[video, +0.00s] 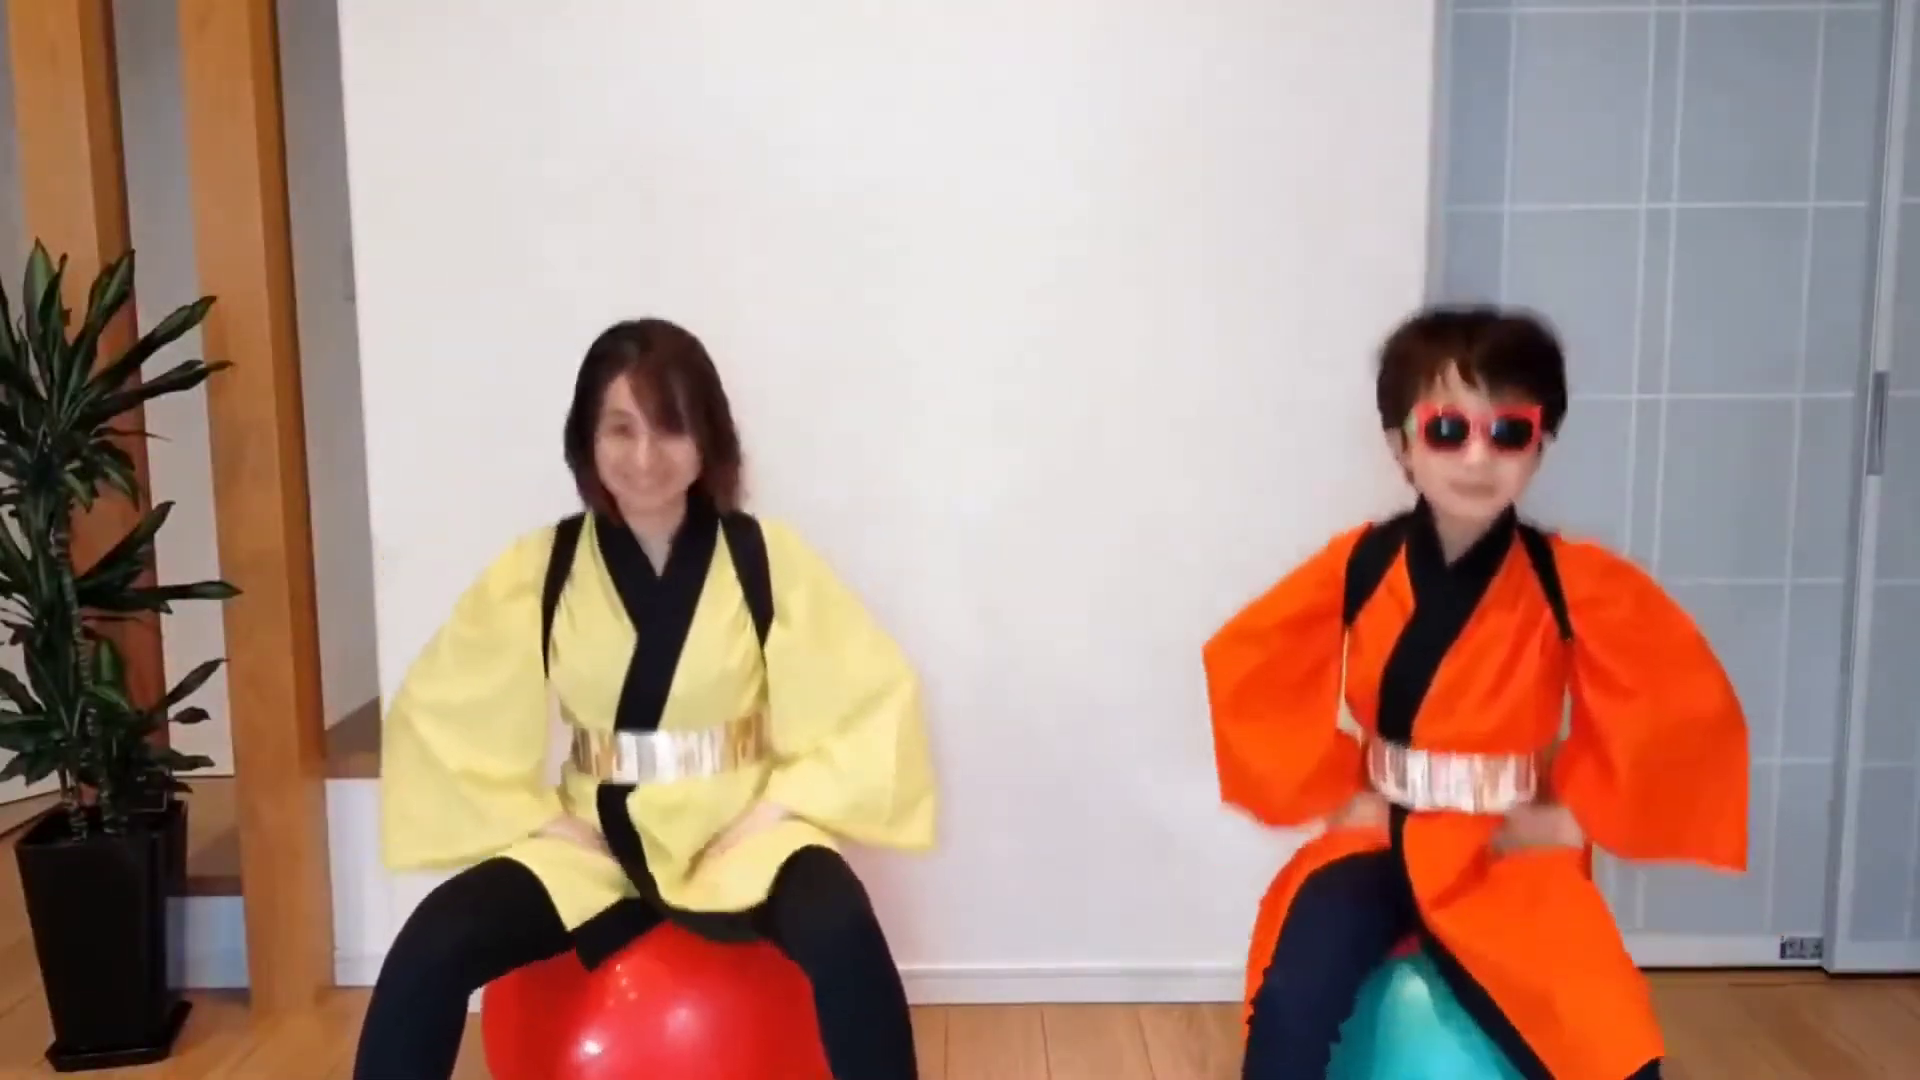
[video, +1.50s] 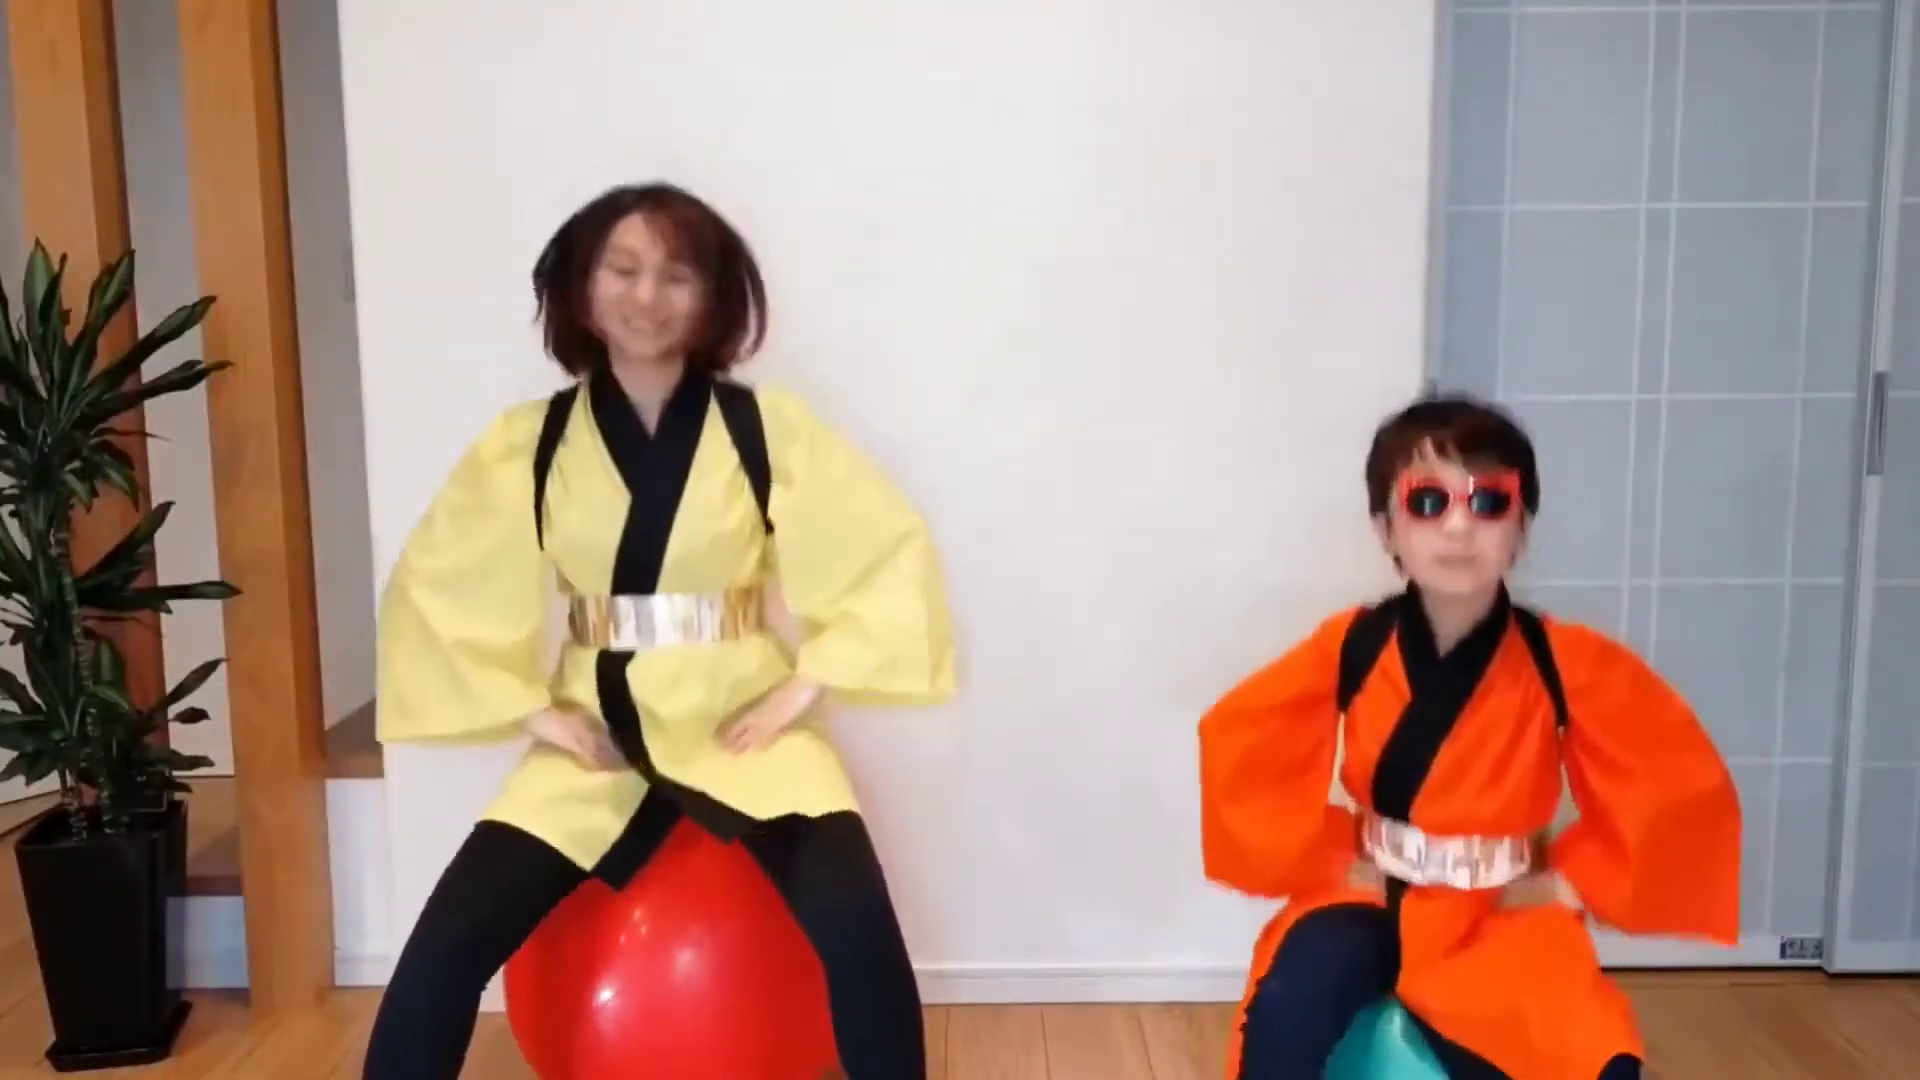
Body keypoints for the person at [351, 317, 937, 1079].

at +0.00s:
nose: (644, 454)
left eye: (669, 428)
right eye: (618, 430)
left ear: (705, 438)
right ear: (587, 442)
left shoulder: (764, 559)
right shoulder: (543, 566)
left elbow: (877, 699)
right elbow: (434, 708)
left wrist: (779, 808)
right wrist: (535, 815)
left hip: (740, 844)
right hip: (591, 850)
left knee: (836, 913)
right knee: (438, 935)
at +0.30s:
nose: (641, 277)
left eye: (670, 254)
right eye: (616, 251)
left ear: (706, 274)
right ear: (578, 269)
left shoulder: (763, 416)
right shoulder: (529, 423)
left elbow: (871, 557)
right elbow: (428, 575)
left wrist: (783, 680)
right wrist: (533, 694)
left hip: (748, 728)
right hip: (584, 735)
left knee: (849, 926)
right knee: (441, 949)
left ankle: (887, 1078)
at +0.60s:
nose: (645, 426)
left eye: (670, 401)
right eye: (619, 406)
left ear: (709, 419)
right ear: (591, 429)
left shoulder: (772, 558)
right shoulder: (547, 568)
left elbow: (877, 702)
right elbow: (440, 711)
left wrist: (787, 811)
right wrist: (540, 820)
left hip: (743, 850)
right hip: (595, 855)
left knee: (836, 907)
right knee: (450, 938)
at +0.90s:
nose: (640, 297)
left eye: (668, 270)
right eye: (615, 271)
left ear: (710, 283)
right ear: (578, 286)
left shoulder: (766, 416)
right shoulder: (532, 426)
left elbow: (872, 560)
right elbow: (435, 579)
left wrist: (780, 688)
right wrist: (539, 693)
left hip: (752, 730)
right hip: (591, 737)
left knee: (854, 926)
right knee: (449, 949)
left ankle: (888, 1078)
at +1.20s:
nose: (642, 431)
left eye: (665, 406)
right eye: (617, 410)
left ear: (703, 414)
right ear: (584, 426)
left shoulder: (767, 542)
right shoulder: (546, 554)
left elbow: (874, 687)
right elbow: (444, 699)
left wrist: (781, 802)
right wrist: (546, 809)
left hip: (747, 837)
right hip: (597, 843)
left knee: (842, 906)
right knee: (446, 936)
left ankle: (887, 1072)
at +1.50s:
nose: (646, 295)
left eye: (677, 275)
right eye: (621, 270)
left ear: (713, 301)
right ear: (580, 291)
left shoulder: (765, 429)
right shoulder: (529, 442)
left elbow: (892, 556)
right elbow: (429, 591)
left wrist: (809, 682)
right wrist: (534, 708)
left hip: (754, 732)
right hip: (590, 744)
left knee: (860, 925)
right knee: (443, 947)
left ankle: (890, 1076)